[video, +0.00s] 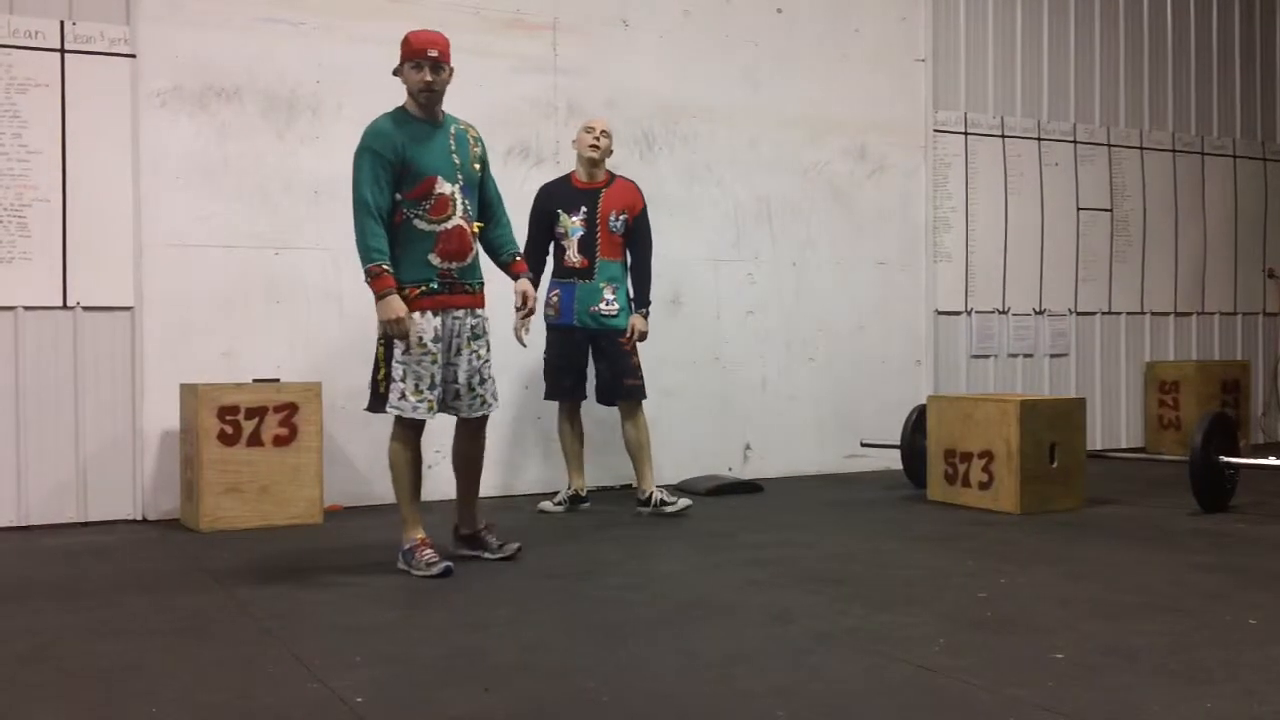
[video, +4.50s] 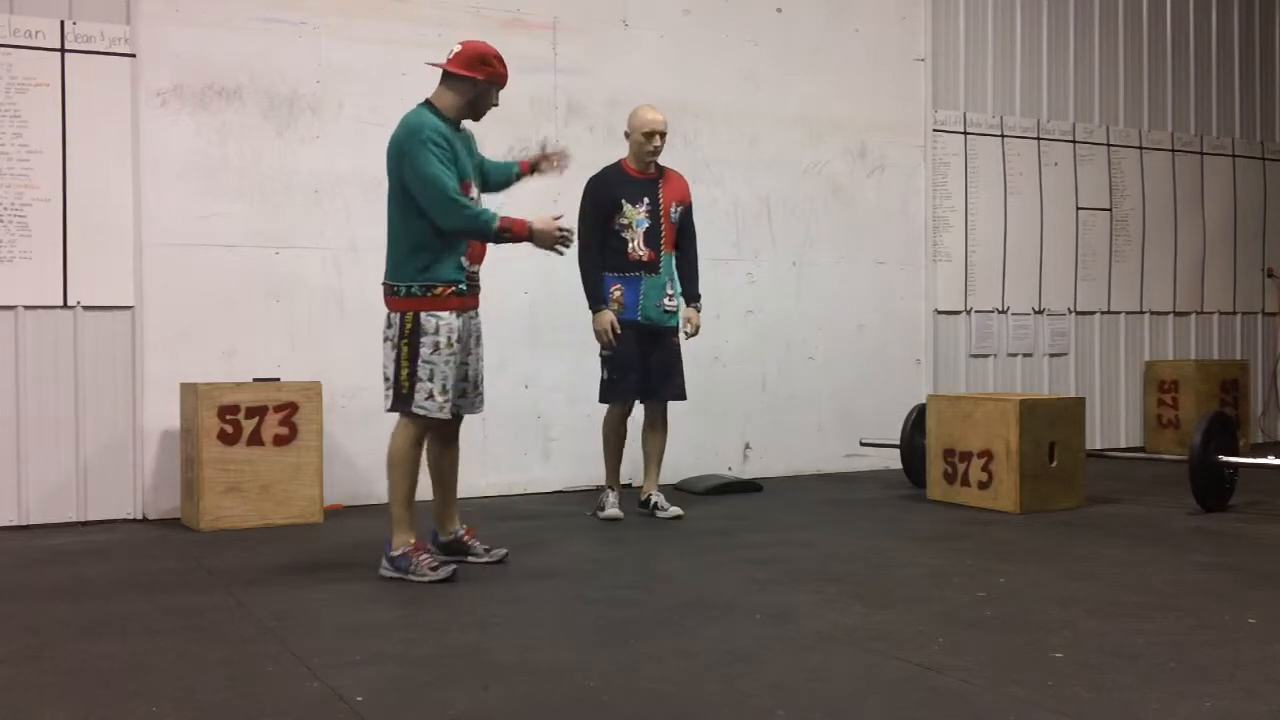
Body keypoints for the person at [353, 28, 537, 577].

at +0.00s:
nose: (428, 75)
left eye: (437, 67)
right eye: (418, 66)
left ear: (449, 74)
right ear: (401, 74)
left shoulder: (468, 138)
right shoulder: (382, 138)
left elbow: (491, 216)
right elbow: (369, 219)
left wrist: (520, 274)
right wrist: (385, 292)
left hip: (467, 302)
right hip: (413, 304)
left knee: (474, 413)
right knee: (410, 419)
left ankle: (469, 528)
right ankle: (413, 539)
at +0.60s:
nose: (491, 80)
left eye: (499, 75)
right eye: (482, 71)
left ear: (506, 85)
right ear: (459, 77)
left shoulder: (501, 150)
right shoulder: (431, 130)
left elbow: (512, 228)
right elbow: (407, 190)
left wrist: (537, 293)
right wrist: (401, 240)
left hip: (489, 302)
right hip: (441, 298)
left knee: (473, 414)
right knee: (430, 413)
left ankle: (467, 526)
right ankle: (415, 536)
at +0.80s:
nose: (500, 86)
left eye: (507, 80)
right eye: (491, 76)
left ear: (512, 89)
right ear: (468, 79)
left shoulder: (506, 151)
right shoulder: (440, 129)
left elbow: (516, 228)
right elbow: (413, 182)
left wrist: (543, 293)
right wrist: (406, 186)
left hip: (494, 300)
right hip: (448, 296)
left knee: (477, 416)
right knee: (439, 412)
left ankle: (468, 527)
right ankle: (417, 536)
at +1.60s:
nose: (488, 78)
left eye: (496, 70)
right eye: (477, 68)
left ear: (502, 78)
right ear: (455, 73)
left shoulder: (502, 145)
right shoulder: (432, 131)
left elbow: (517, 224)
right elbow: (412, 194)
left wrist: (547, 287)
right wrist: (421, 241)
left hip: (495, 301)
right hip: (448, 297)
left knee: (480, 415)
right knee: (442, 415)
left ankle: (470, 529)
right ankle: (436, 544)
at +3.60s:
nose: (505, 105)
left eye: (508, 96)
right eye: (504, 93)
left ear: (479, 83)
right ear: (481, 83)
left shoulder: (478, 144)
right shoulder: (431, 128)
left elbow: (484, 225)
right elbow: (431, 201)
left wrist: (522, 282)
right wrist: (464, 228)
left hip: (472, 298)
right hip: (440, 297)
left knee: (457, 416)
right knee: (440, 417)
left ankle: (450, 531)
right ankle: (434, 546)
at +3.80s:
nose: (506, 115)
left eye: (509, 104)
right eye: (506, 102)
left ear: (476, 86)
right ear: (487, 89)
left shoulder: (462, 139)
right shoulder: (437, 132)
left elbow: (472, 225)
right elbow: (465, 198)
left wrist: (525, 250)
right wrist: (531, 199)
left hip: (464, 294)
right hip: (444, 296)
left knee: (463, 412)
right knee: (454, 413)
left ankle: (449, 530)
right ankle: (437, 543)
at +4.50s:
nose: (495, 105)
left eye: (497, 95)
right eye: (494, 94)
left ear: (463, 83)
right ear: (472, 86)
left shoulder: (454, 132)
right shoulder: (418, 134)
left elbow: (483, 175)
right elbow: (451, 212)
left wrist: (530, 165)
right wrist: (525, 230)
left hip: (457, 296)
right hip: (422, 298)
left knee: (447, 419)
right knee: (415, 419)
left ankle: (448, 532)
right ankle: (402, 546)